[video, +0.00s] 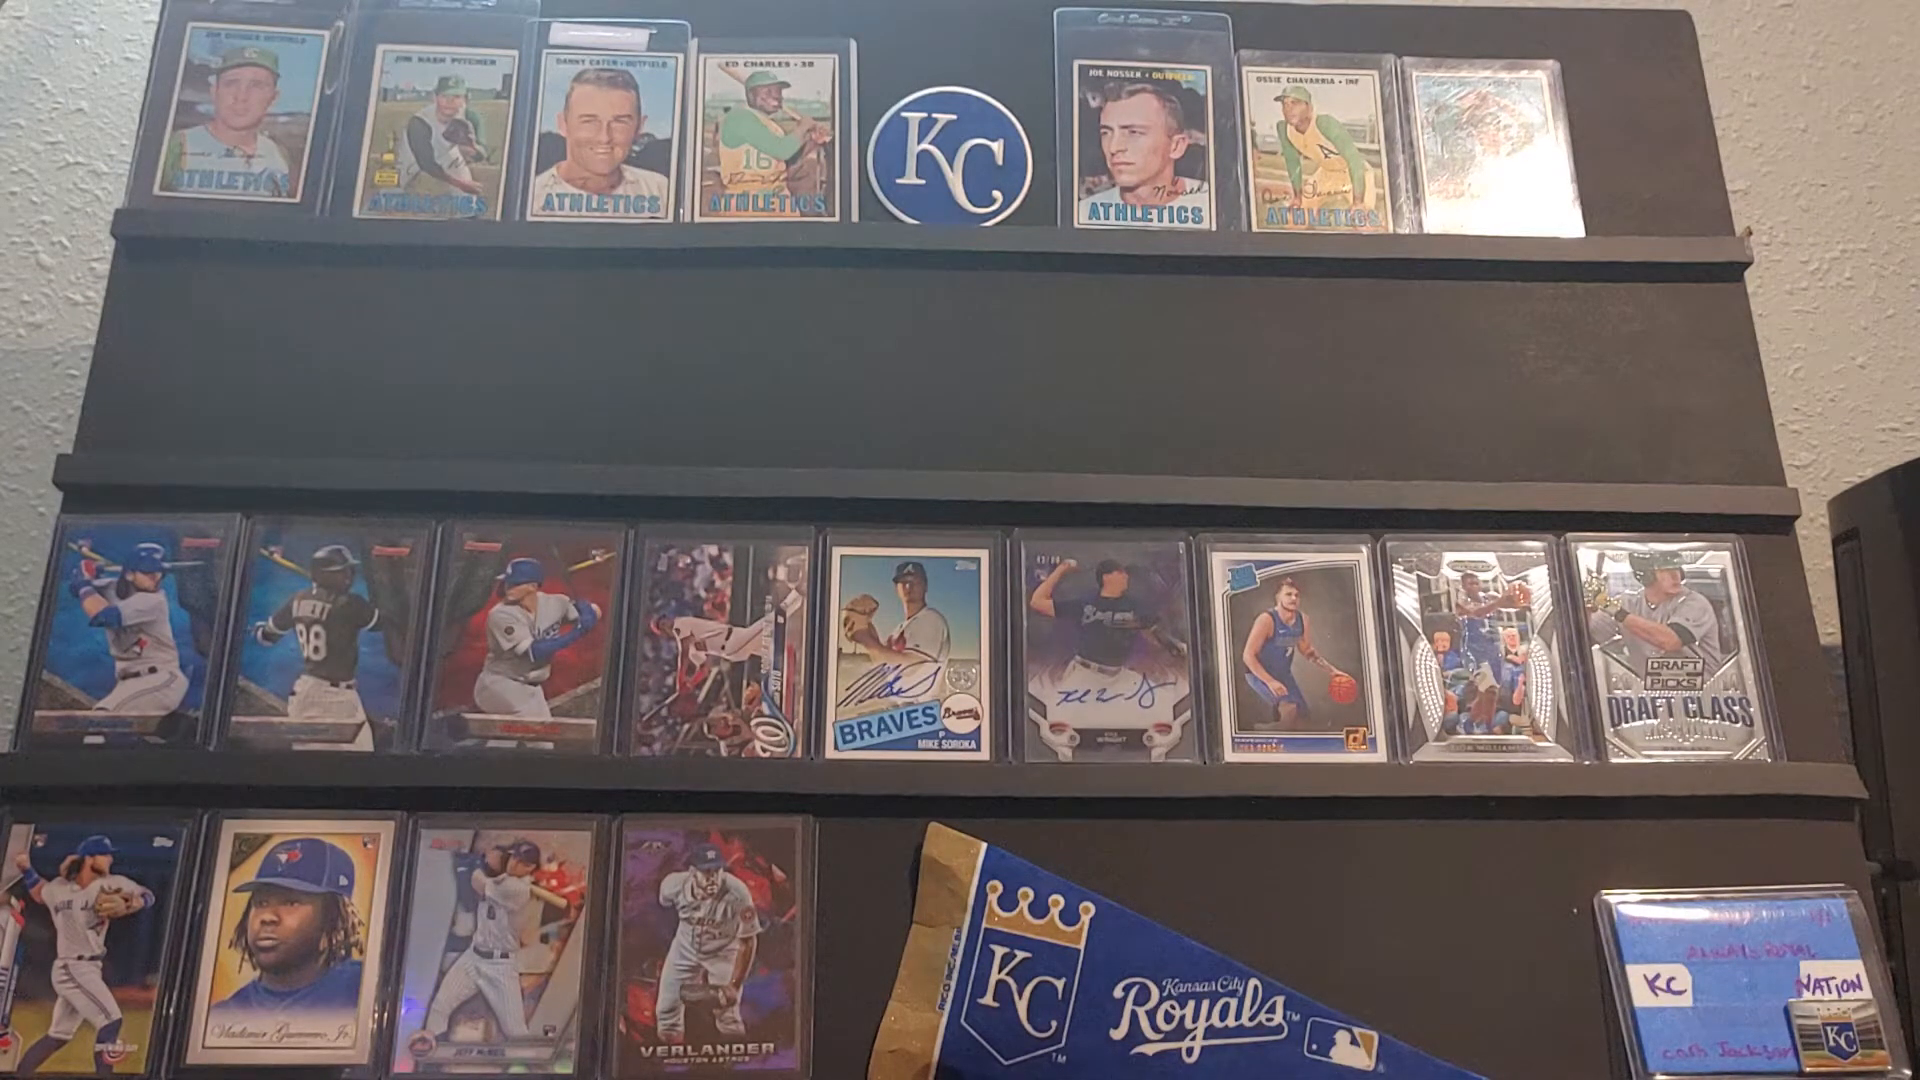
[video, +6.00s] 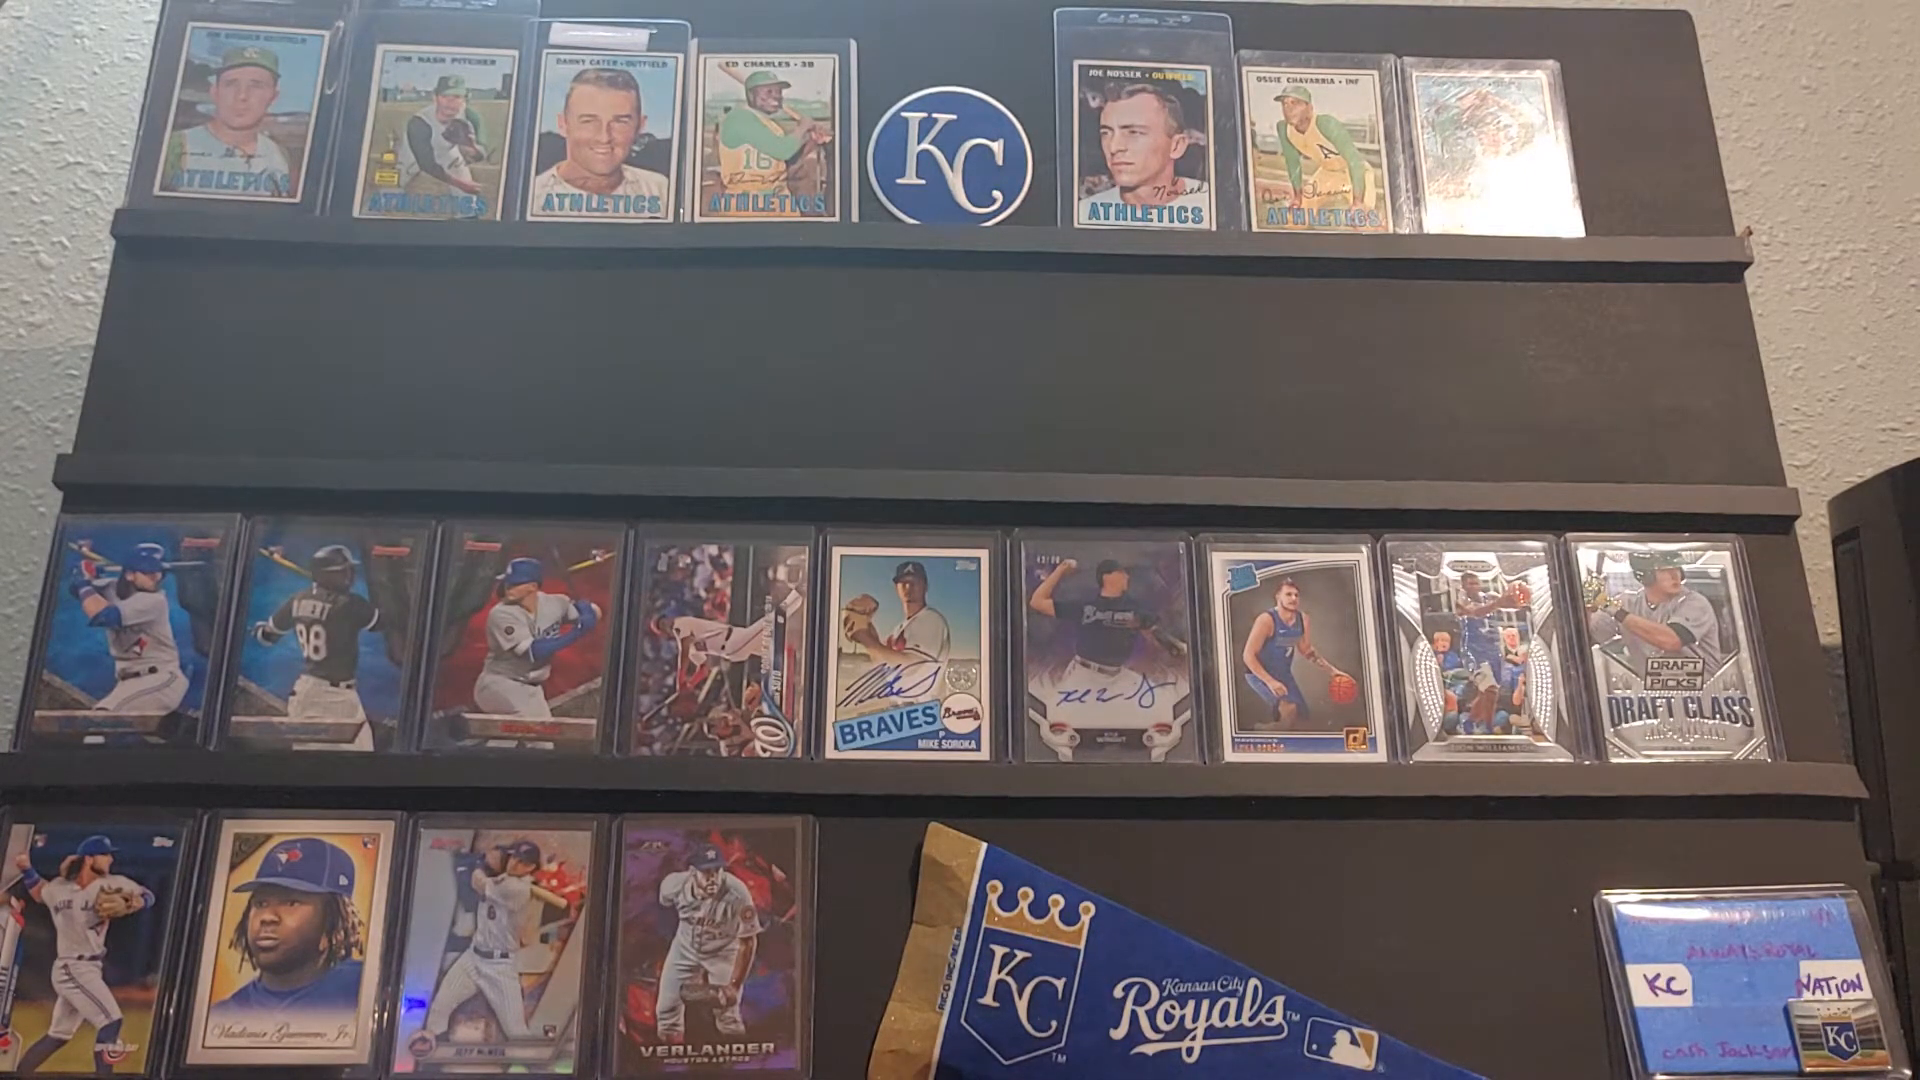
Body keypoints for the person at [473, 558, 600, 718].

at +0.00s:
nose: (507, 588)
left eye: (514, 584)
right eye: (507, 583)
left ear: (532, 586)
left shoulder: (554, 603)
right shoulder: (500, 614)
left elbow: (578, 606)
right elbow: (533, 652)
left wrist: (587, 614)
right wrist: (577, 632)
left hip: (531, 687)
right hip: (497, 684)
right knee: (529, 714)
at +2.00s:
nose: (508, 588)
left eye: (514, 584)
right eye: (507, 583)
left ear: (532, 586)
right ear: (504, 584)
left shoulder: (555, 603)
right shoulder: (500, 614)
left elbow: (579, 607)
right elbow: (532, 651)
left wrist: (587, 614)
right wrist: (576, 633)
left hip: (531, 688)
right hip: (497, 684)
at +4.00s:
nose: (507, 588)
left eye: (514, 584)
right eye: (507, 584)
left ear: (532, 587)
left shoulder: (556, 603)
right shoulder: (500, 614)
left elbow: (580, 607)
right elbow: (531, 651)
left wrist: (587, 614)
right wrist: (575, 634)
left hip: (531, 687)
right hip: (497, 683)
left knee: (545, 732)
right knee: (530, 716)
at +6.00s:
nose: (507, 588)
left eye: (514, 584)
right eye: (507, 583)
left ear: (533, 587)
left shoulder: (555, 603)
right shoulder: (500, 614)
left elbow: (580, 607)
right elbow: (532, 652)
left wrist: (588, 615)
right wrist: (575, 633)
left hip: (531, 688)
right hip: (496, 683)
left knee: (546, 734)